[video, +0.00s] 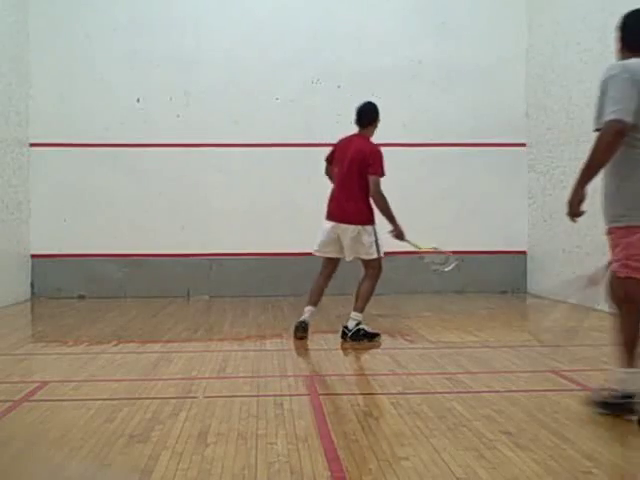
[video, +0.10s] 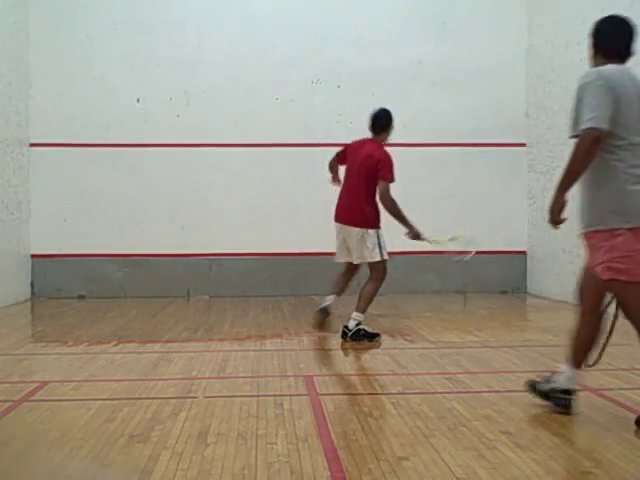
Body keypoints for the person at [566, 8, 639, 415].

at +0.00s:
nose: (616, 46)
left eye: (618, 40)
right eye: (620, 40)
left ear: (623, 41)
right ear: (636, 43)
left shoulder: (624, 73)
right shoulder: (625, 76)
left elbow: (617, 128)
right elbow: (617, 131)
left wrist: (581, 184)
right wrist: (584, 184)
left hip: (630, 215)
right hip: (627, 215)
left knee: (628, 291)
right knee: (625, 290)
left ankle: (629, 383)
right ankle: (627, 383)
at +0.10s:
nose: (589, 50)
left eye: (591, 44)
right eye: (593, 44)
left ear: (595, 46)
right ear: (627, 48)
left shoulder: (599, 80)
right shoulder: (630, 82)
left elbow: (592, 136)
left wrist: (561, 192)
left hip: (616, 221)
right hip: (624, 219)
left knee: (633, 311)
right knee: (590, 298)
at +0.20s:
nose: (565, 57)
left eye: (565, 51)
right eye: (572, 52)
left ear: (568, 53)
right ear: (603, 56)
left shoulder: (572, 86)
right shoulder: (610, 92)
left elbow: (567, 141)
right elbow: (634, 157)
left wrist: (538, 197)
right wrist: (636, 221)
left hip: (589, 215)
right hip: (610, 214)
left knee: (601, 304)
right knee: (557, 290)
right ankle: (550, 386)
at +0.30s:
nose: (544, 56)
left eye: (546, 50)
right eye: (549, 50)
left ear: (548, 53)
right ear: (582, 57)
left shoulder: (550, 84)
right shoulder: (588, 93)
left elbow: (544, 139)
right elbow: (609, 165)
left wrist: (519, 194)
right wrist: (605, 219)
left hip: (558, 208)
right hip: (587, 208)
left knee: (543, 297)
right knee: (546, 297)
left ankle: (626, 369)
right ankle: (548, 386)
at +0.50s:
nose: (506, 52)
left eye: (507, 46)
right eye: (512, 46)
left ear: (511, 48)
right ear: (542, 52)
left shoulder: (509, 80)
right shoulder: (551, 90)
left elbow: (505, 135)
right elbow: (551, 152)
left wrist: (477, 194)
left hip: (516, 201)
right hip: (553, 202)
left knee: (471, 285)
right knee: (531, 289)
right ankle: (548, 383)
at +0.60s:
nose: (486, 56)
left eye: (487, 50)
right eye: (492, 51)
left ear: (488, 53)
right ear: (522, 56)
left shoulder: (484, 85)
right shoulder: (532, 96)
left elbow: (479, 138)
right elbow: (533, 155)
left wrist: (459, 197)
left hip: (497, 204)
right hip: (537, 205)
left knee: (451, 288)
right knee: (527, 293)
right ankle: (546, 386)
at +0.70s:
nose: (461, 59)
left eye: (461, 53)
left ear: (461, 57)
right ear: (494, 60)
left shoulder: (455, 95)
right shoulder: (505, 100)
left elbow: (453, 148)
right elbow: (515, 155)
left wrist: (433, 206)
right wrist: (495, 193)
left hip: (472, 213)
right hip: (515, 211)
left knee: (421, 293)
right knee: (516, 296)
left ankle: (404, 389)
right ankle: (545, 386)